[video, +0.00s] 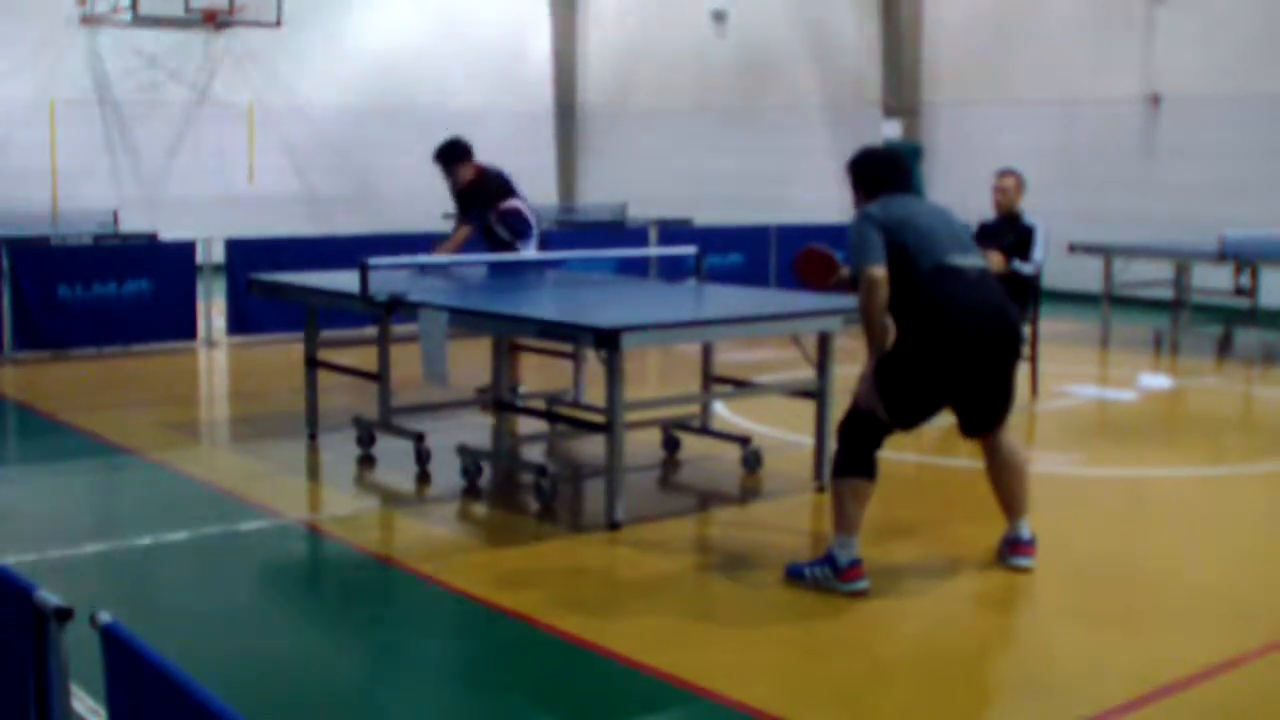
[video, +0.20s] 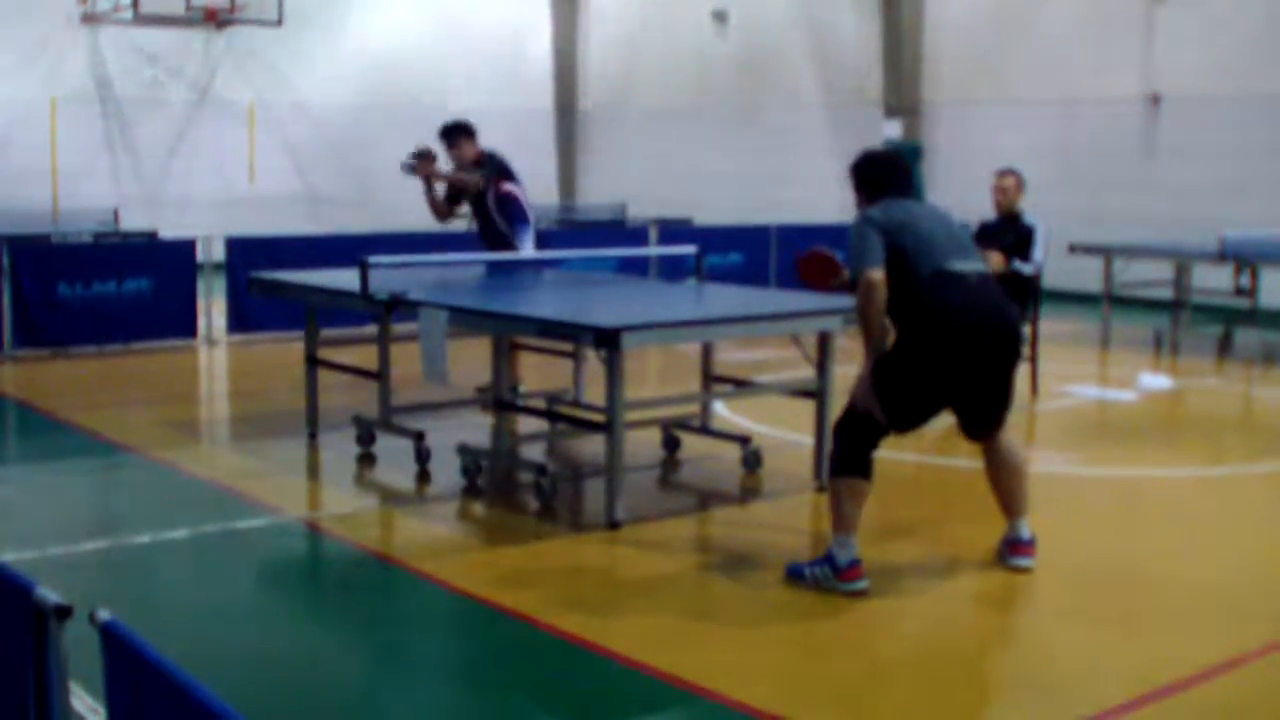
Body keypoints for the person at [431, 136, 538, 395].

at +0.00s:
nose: (449, 176)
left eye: (452, 169)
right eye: (447, 171)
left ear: (465, 163)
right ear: (452, 167)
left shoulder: (485, 183)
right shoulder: (462, 187)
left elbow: (468, 226)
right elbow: (464, 225)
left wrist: (442, 255)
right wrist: (444, 252)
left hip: (519, 263)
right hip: (498, 261)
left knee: (510, 328)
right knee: (500, 327)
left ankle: (510, 385)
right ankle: (501, 382)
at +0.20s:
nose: (454, 154)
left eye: (458, 146)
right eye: (451, 149)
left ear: (471, 142)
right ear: (449, 150)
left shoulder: (490, 162)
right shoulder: (462, 173)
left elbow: (477, 183)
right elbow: (443, 214)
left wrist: (436, 175)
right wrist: (427, 180)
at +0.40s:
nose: (455, 142)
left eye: (460, 135)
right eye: (452, 136)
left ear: (476, 135)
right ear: (453, 139)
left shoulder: (496, 163)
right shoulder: (467, 172)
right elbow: (450, 216)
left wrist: (501, 147)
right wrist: (417, 205)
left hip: (514, 256)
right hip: (492, 255)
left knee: (500, 321)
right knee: (492, 320)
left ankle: (508, 378)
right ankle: (505, 377)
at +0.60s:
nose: (454, 144)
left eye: (460, 138)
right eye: (451, 139)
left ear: (475, 140)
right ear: (448, 144)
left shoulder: (491, 166)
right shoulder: (460, 181)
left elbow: (513, 181)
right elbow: (448, 219)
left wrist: (532, 188)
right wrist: (456, 223)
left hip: (508, 262)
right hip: (484, 262)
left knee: (498, 328)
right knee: (485, 328)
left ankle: (507, 384)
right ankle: (506, 381)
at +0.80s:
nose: (438, 163)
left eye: (443, 156)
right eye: (437, 157)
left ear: (461, 156)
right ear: (445, 160)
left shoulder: (485, 183)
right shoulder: (453, 192)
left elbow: (521, 213)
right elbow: (441, 224)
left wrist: (544, 245)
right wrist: (408, 198)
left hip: (503, 278)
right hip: (477, 278)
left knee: (494, 339)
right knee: (467, 338)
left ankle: (513, 394)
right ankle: (503, 393)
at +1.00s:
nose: (418, 192)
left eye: (422, 183)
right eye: (410, 187)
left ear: (435, 174)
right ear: (402, 184)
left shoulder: (464, 199)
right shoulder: (406, 213)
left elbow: (505, 237)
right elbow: (408, 260)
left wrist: (525, 284)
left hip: (477, 297)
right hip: (439, 300)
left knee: (468, 364)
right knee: (426, 367)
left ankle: (471, 434)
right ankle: (479, 420)